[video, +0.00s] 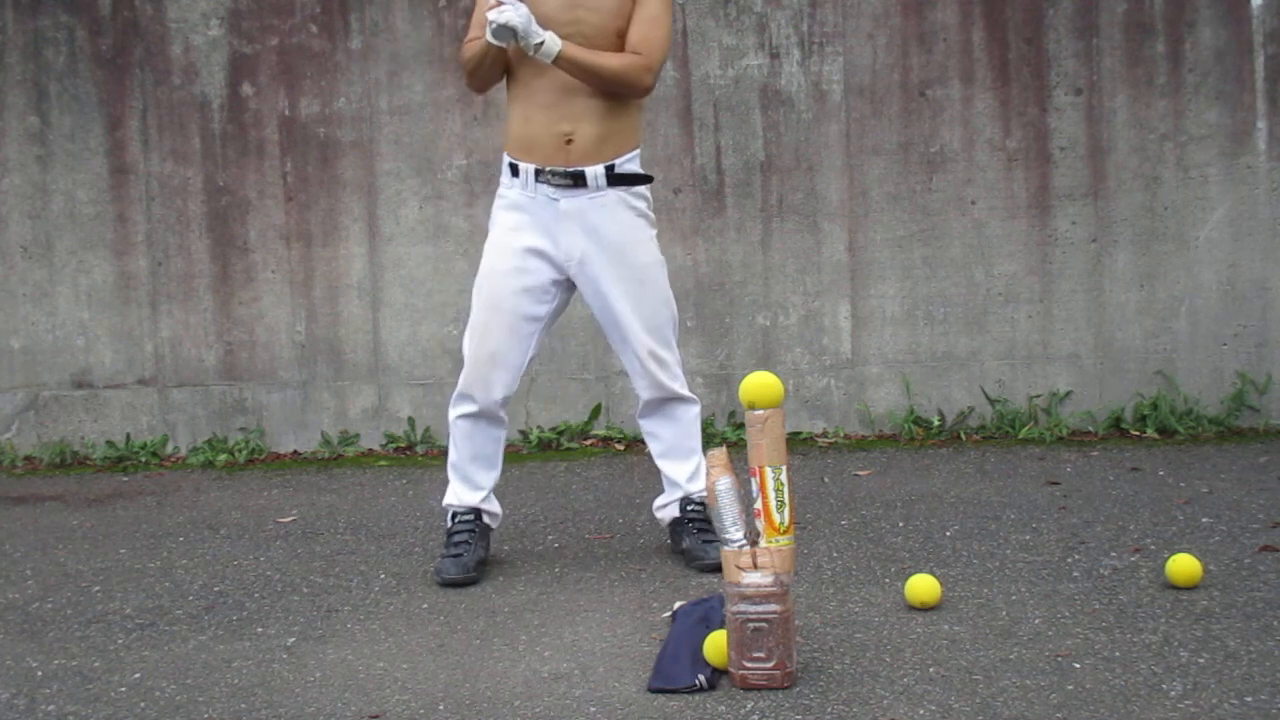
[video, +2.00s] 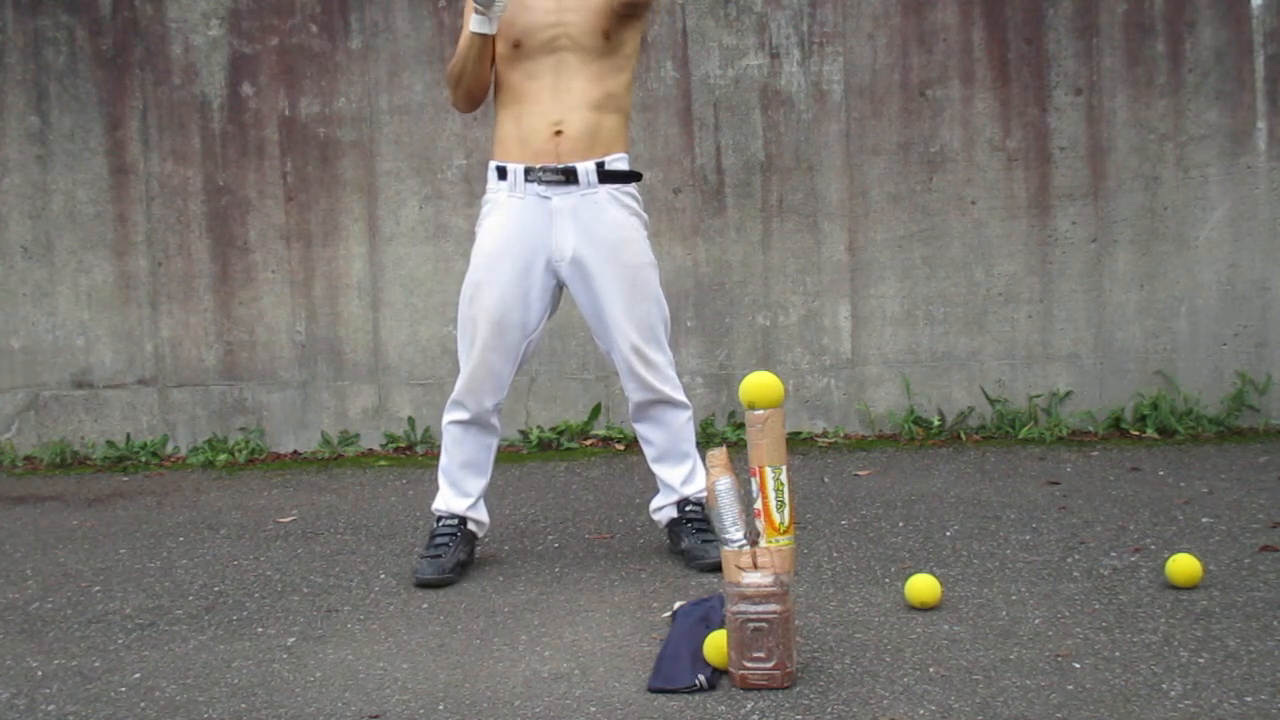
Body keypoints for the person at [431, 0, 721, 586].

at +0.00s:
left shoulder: (650, 1)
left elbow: (639, 76)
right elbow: (476, 77)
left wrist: (543, 41)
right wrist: (500, 38)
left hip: (614, 200)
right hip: (523, 200)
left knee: (657, 365)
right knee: (484, 371)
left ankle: (688, 507)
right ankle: (468, 516)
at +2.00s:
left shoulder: (627, 5)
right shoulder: (494, 5)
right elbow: (466, 98)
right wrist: (480, 16)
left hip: (606, 194)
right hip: (513, 197)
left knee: (647, 364)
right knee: (480, 374)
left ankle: (686, 507)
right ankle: (455, 517)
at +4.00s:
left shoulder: (631, 0)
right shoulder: (486, 2)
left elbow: (630, 77)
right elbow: (465, 100)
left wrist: (556, 25)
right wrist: (499, 28)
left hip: (606, 195)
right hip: (514, 198)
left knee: (648, 363)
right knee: (481, 373)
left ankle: (686, 508)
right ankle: (455, 517)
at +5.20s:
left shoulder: (669, 8)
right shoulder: (533, 2)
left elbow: (643, 7)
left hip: (636, 222)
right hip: (539, 219)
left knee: (693, 382)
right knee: (476, 382)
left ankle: (725, 516)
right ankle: (446, 509)